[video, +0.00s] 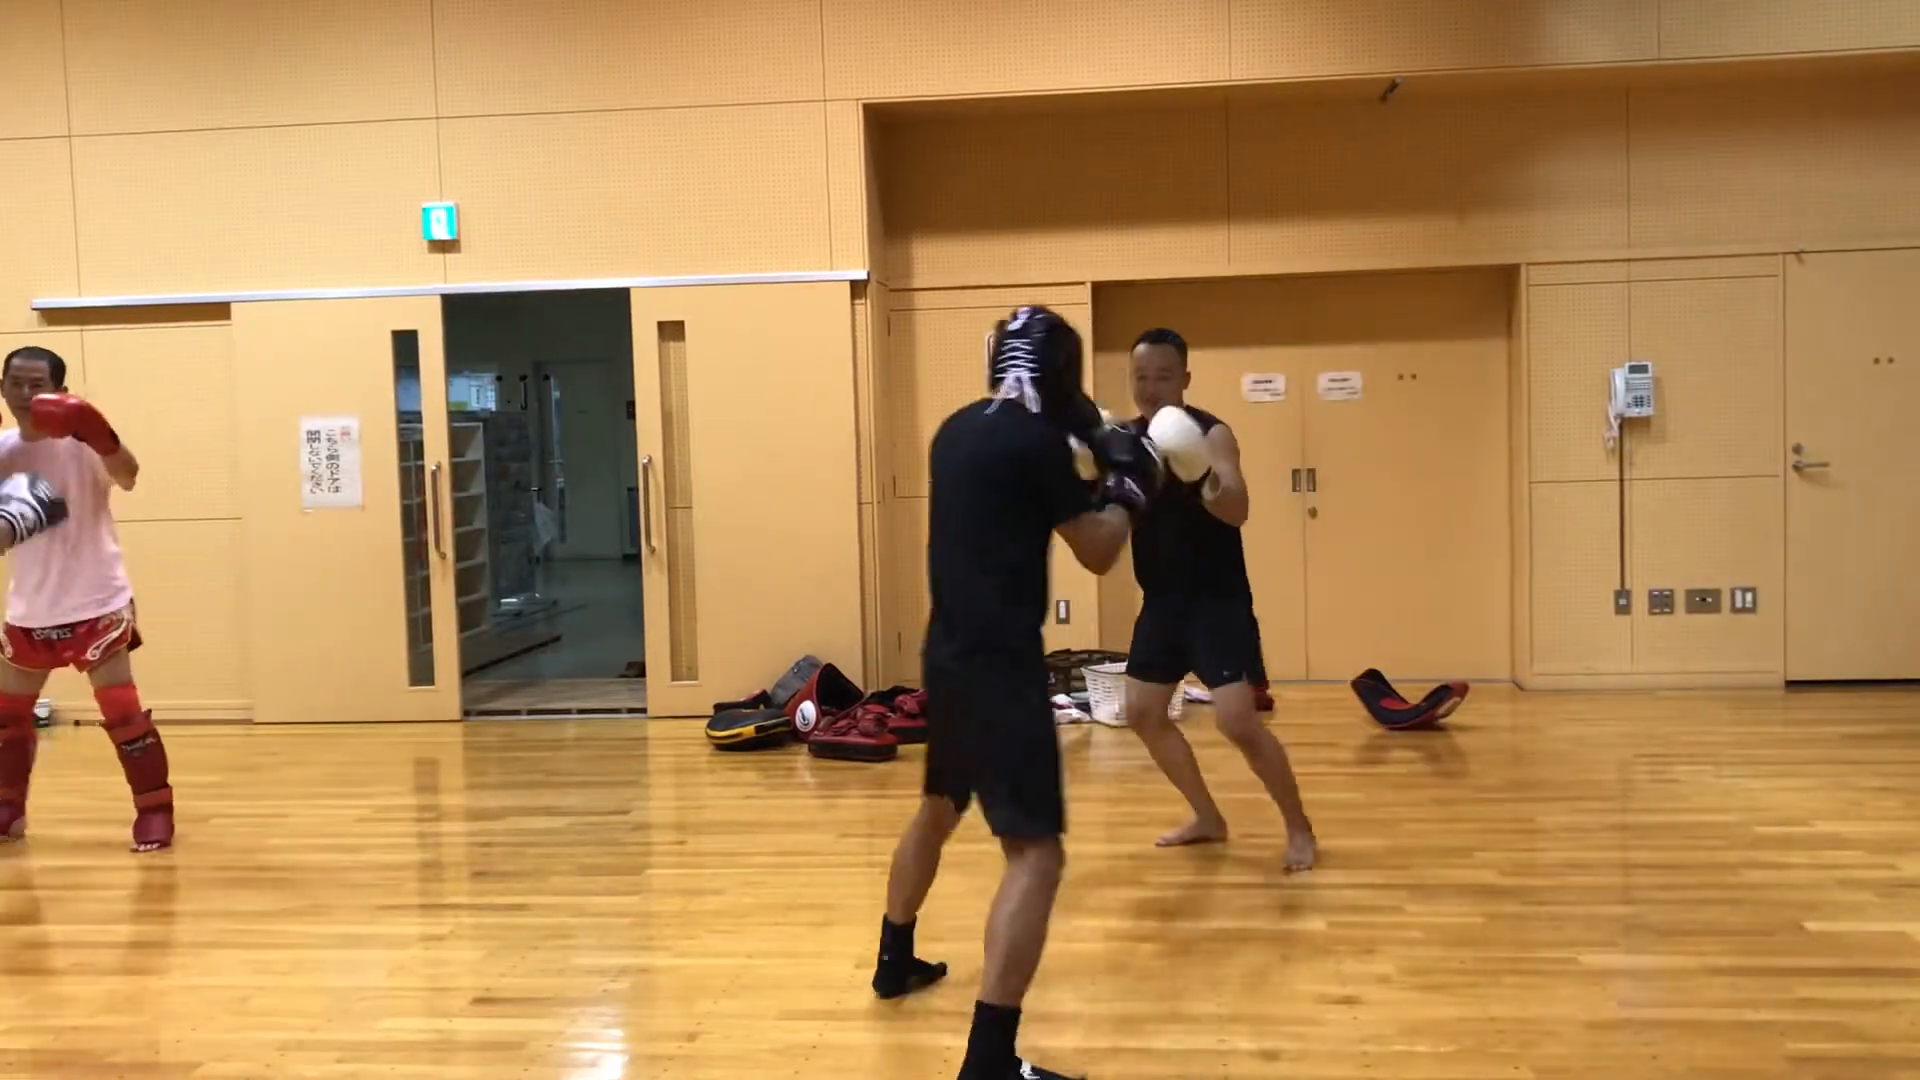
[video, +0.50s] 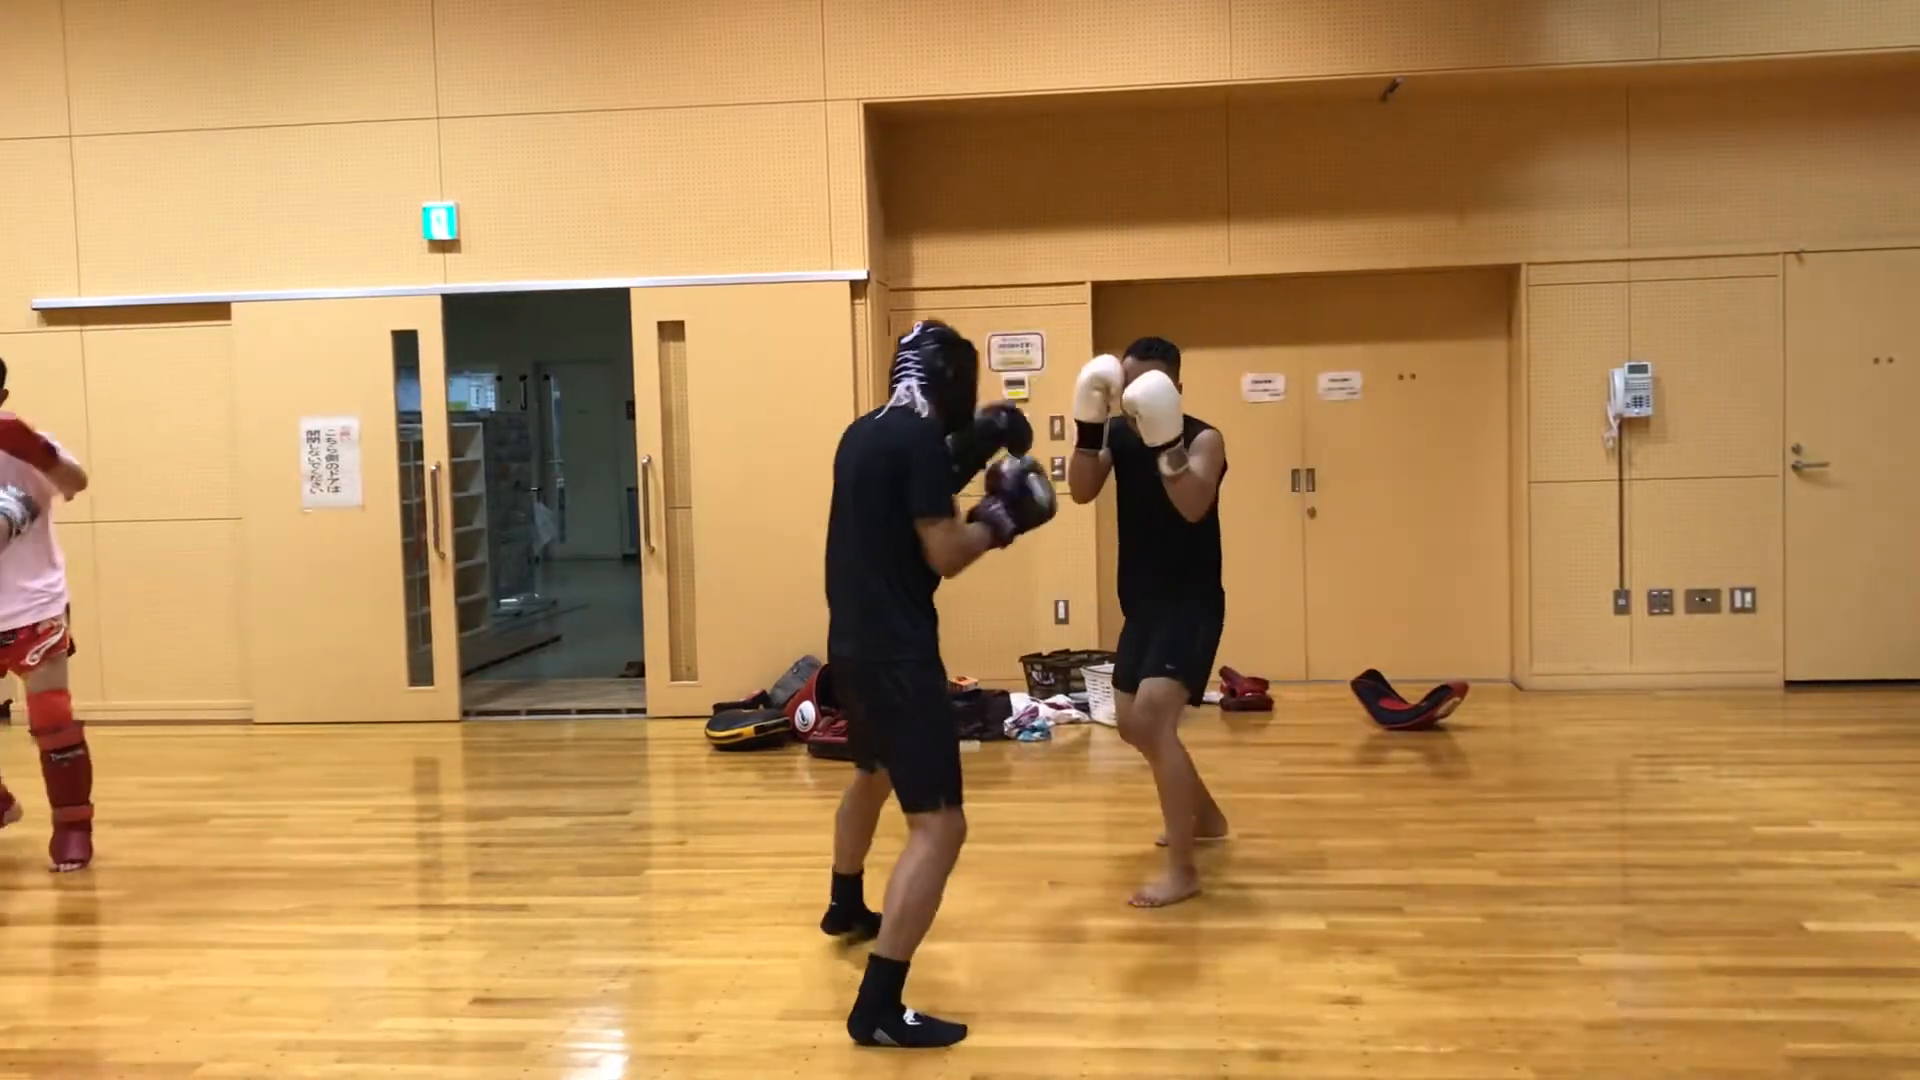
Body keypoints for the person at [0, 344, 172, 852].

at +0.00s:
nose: (25, 395)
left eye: (37, 385)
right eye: (15, 384)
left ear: (59, 392)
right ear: (3, 388)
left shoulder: (84, 442)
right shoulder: (5, 450)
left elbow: (127, 477)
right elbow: (7, 522)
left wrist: (96, 429)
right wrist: (11, 519)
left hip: (95, 595)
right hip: (30, 601)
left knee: (120, 710)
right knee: (11, 711)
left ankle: (153, 811)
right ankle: (9, 806)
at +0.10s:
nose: (9, 399)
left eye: (20, 389)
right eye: (2, 390)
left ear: (42, 395)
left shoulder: (64, 443)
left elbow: (117, 492)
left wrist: (83, 448)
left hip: (74, 600)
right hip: (9, 608)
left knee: (104, 708)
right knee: (1, 718)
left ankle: (148, 808)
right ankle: (5, 809)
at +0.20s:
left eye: (5, 388)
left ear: (26, 394)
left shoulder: (53, 449)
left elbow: (117, 495)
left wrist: (96, 475)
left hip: (59, 603)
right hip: (4, 611)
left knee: (87, 704)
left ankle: (130, 804)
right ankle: (4, 810)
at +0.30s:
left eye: (1, 390)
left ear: (12, 392)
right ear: (6, 390)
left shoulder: (31, 442)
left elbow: (102, 494)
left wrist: (95, 469)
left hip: (44, 599)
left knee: (66, 707)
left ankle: (90, 818)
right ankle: (5, 811)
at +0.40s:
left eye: (0, 392)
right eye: (3, 392)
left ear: (6, 391)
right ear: (7, 391)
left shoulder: (31, 433)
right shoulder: (29, 434)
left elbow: (87, 487)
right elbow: (84, 487)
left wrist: (60, 469)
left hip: (34, 599)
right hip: (11, 605)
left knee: (50, 714)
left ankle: (71, 829)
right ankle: (4, 810)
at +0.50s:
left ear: (4, 390)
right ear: (2, 391)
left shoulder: (16, 437)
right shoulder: (15, 438)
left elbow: (76, 483)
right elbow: (73, 484)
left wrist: (36, 451)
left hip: (31, 599)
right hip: (12, 604)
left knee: (51, 716)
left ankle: (72, 827)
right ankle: (3, 798)